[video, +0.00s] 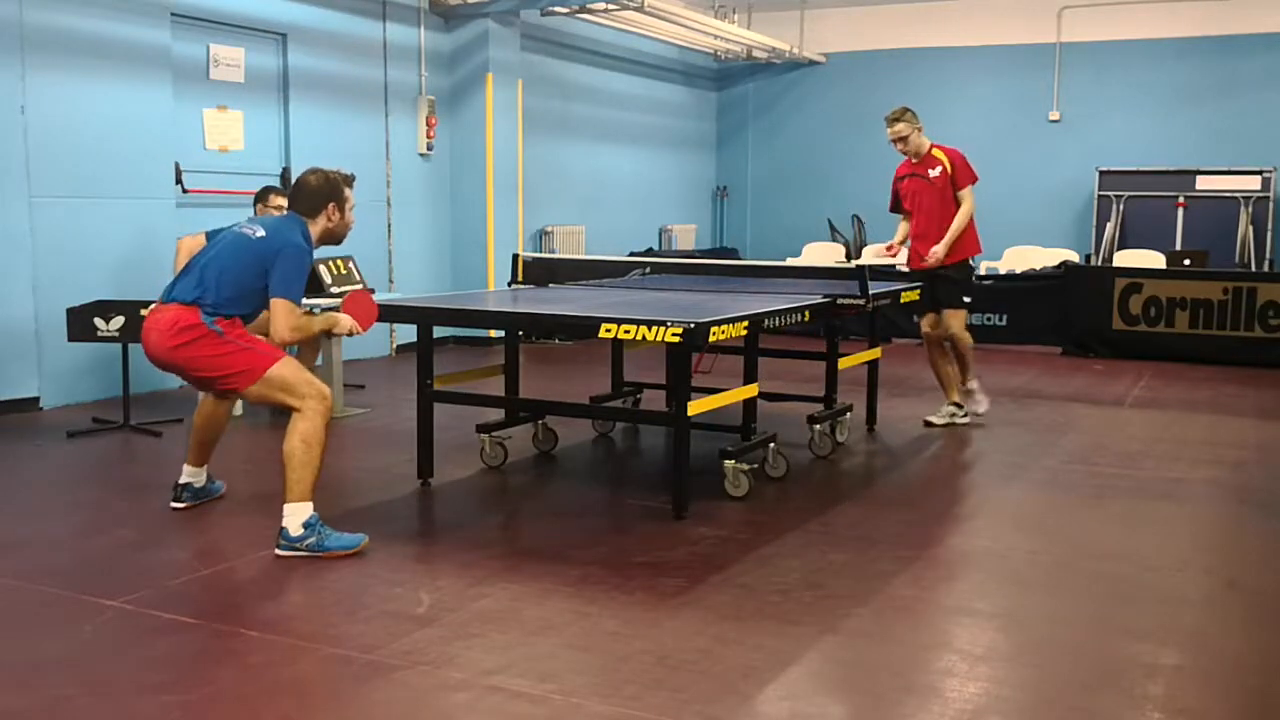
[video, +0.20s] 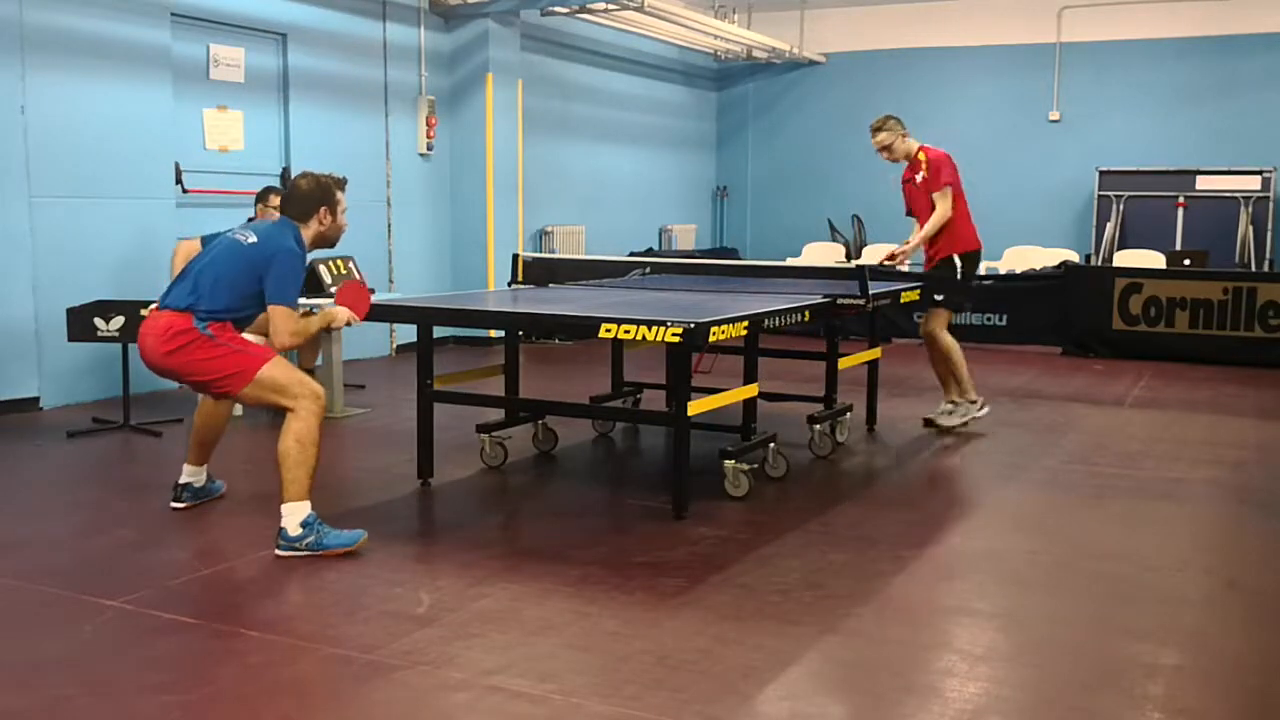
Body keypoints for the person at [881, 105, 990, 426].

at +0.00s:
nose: (898, 147)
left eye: (902, 139)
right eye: (893, 142)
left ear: (918, 131)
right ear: (891, 141)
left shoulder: (950, 158)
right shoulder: (902, 173)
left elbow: (968, 205)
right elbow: (906, 217)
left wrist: (944, 244)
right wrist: (898, 241)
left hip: (954, 260)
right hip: (922, 264)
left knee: (953, 328)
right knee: (930, 332)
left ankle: (969, 381)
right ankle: (954, 403)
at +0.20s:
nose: (885, 156)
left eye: (887, 147)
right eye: (880, 151)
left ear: (904, 136)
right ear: (882, 150)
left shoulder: (936, 159)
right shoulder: (907, 177)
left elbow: (945, 209)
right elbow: (921, 223)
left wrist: (913, 244)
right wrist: (906, 250)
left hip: (958, 251)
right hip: (938, 255)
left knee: (935, 326)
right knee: (929, 329)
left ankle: (970, 399)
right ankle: (953, 401)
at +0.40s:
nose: (867, 174)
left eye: (867, 166)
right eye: (863, 169)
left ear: (881, 152)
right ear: (883, 154)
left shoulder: (908, 168)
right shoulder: (917, 166)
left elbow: (915, 222)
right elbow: (937, 229)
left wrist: (883, 256)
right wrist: (905, 249)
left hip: (954, 252)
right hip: (963, 249)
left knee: (933, 329)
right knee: (946, 330)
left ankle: (925, 409)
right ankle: (957, 403)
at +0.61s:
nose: (856, 199)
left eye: (853, 191)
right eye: (851, 195)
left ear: (864, 177)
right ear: (865, 176)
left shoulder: (887, 186)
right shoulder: (910, 178)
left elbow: (888, 243)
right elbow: (930, 237)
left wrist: (862, 260)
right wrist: (894, 256)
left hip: (951, 257)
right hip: (978, 249)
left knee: (929, 336)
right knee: (959, 332)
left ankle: (925, 412)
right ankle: (966, 408)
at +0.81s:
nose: (855, 216)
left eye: (850, 209)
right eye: (850, 212)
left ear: (860, 194)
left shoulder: (883, 199)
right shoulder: (909, 188)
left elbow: (877, 256)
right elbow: (917, 252)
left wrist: (856, 260)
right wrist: (879, 260)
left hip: (952, 262)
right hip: (983, 251)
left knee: (926, 338)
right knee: (981, 333)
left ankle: (924, 413)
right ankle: (1006, 410)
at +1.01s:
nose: (859, 226)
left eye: (855, 218)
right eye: (854, 222)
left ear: (863, 203)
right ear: (871, 196)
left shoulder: (884, 208)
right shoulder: (909, 196)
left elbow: (879, 267)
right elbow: (915, 254)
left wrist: (842, 272)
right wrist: (879, 263)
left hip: (952, 266)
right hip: (987, 254)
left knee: (923, 336)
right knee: (994, 341)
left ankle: (925, 412)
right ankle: (1019, 415)